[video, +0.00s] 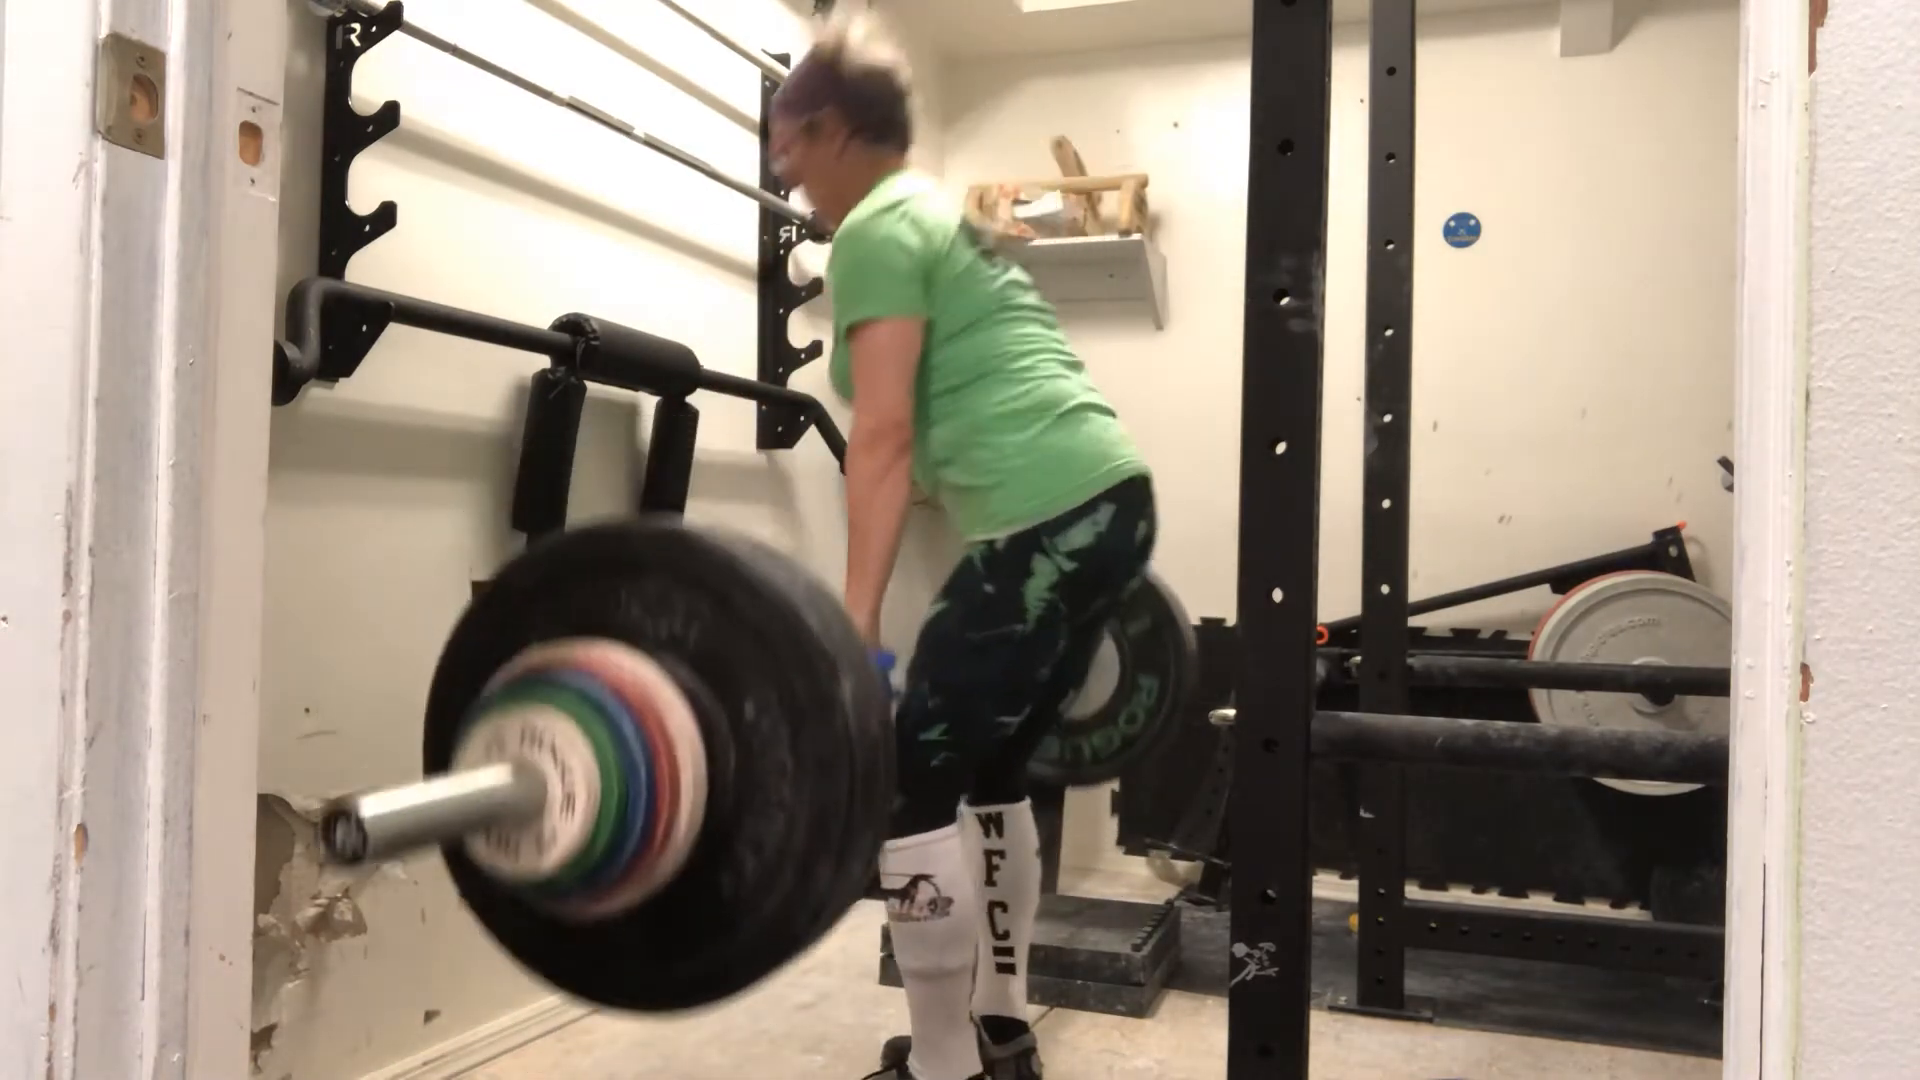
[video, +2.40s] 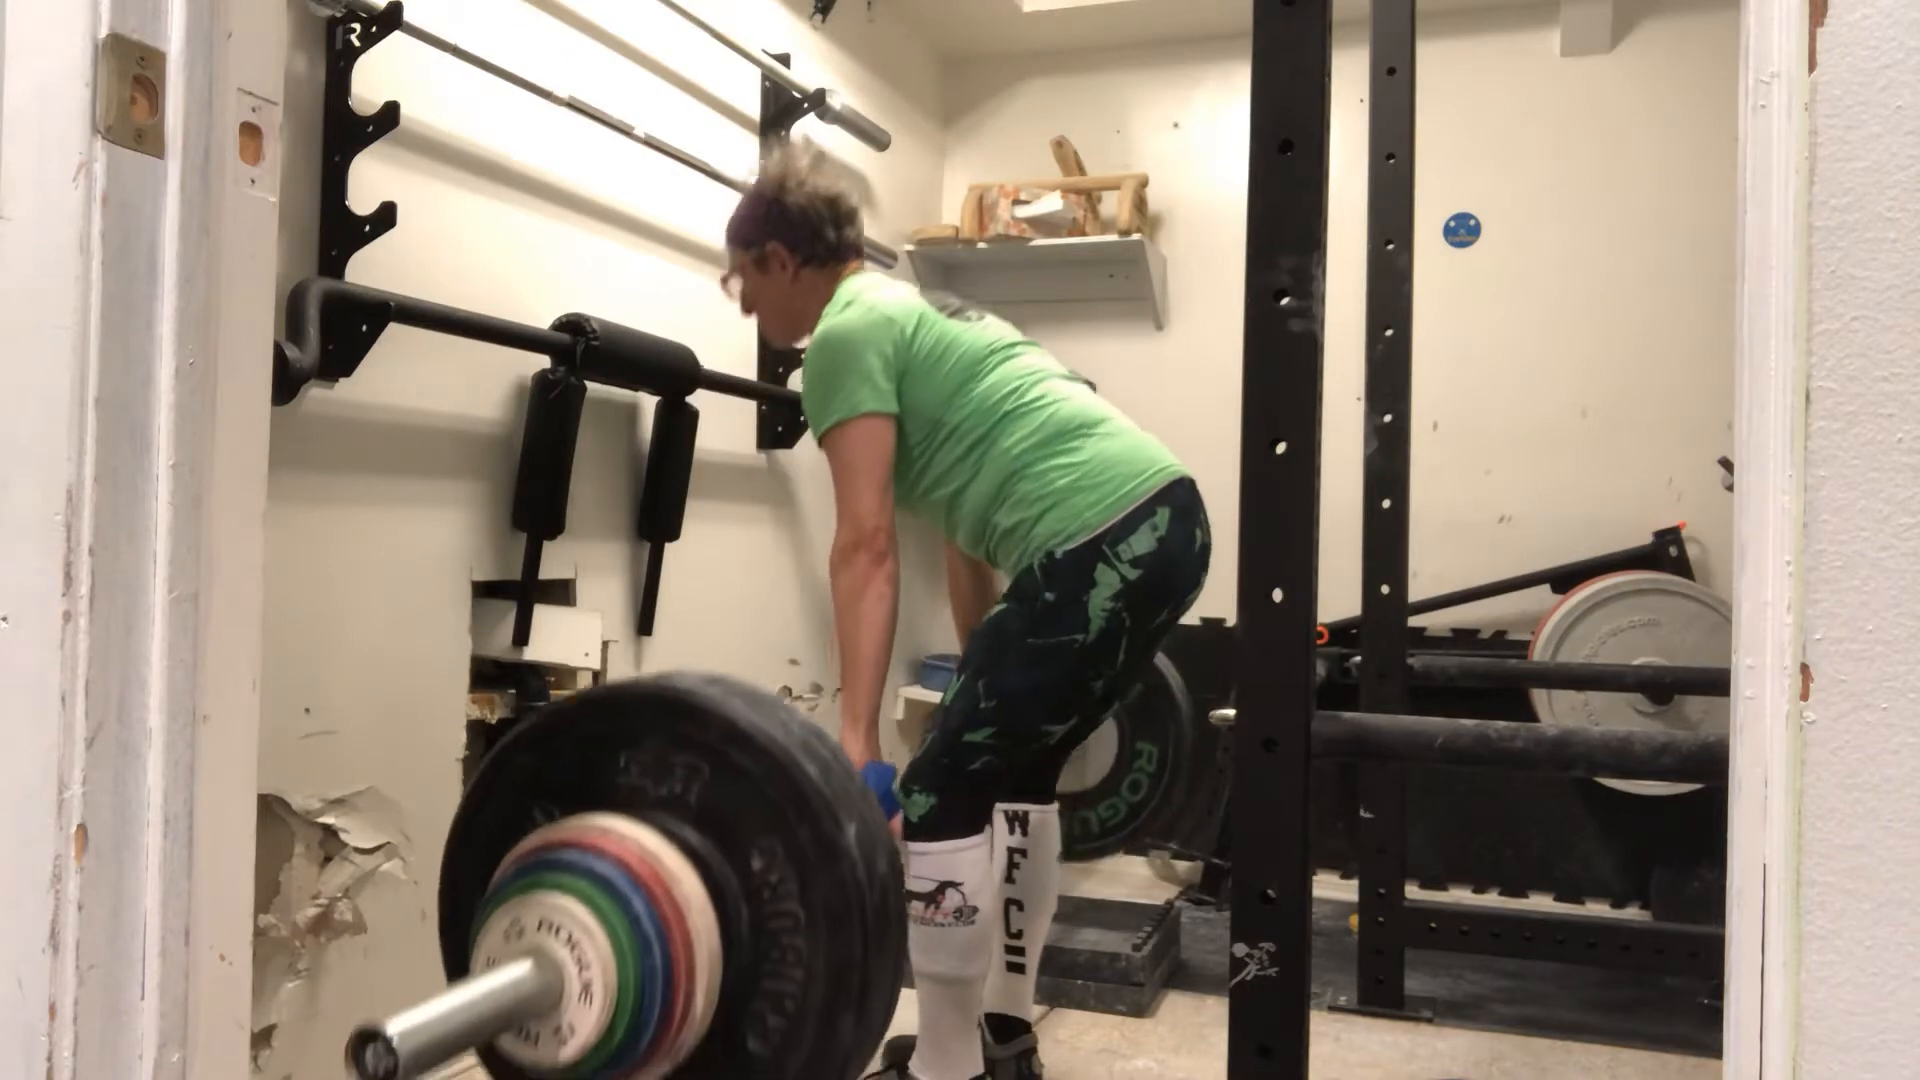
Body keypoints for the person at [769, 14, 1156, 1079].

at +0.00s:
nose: (784, 172)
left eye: (791, 145)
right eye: (782, 150)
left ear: (846, 130)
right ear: (863, 133)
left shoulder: (880, 230)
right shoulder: (935, 217)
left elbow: (883, 441)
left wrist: (856, 624)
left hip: (1050, 520)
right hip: (1101, 500)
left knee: (916, 769)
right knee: (995, 763)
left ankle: (941, 1061)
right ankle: (999, 1022)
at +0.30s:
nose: (725, 288)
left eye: (728, 263)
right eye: (720, 268)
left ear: (774, 249)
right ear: (803, 244)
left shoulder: (832, 320)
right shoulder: (895, 306)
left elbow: (859, 532)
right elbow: (960, 525)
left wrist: (841, 720)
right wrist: (980, 671)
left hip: (1082, 535)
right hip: (1137, 513)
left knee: (923, 795)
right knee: (1011, 778)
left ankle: (943, 1063)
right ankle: (1003, 1027)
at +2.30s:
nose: (730, 324)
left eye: (733, 300)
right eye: (727, 304)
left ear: (776, 285)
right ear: (810, 279)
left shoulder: (839, 353)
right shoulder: (905, 335)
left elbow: (861, 573)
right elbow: (964, 558)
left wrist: (855, 760)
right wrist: (979, 694)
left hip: (1098, 551)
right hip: (1156, 524)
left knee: (930, 801)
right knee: (1015, 779)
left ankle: (943, 1063)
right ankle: (1003, 1027)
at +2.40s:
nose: (738, 295)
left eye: (741, 271)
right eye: (736, 275)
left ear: (783, 258)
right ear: (818, 252)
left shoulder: (849, 329)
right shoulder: (917, 315)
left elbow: (865, 551)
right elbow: (970, 545)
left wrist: (859, 744)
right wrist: (982, 696)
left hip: (1098, 538)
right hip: (1153, 517)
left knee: (937, 796)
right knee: (1017, 778)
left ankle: (943, 1064)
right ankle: (1003, 1028)